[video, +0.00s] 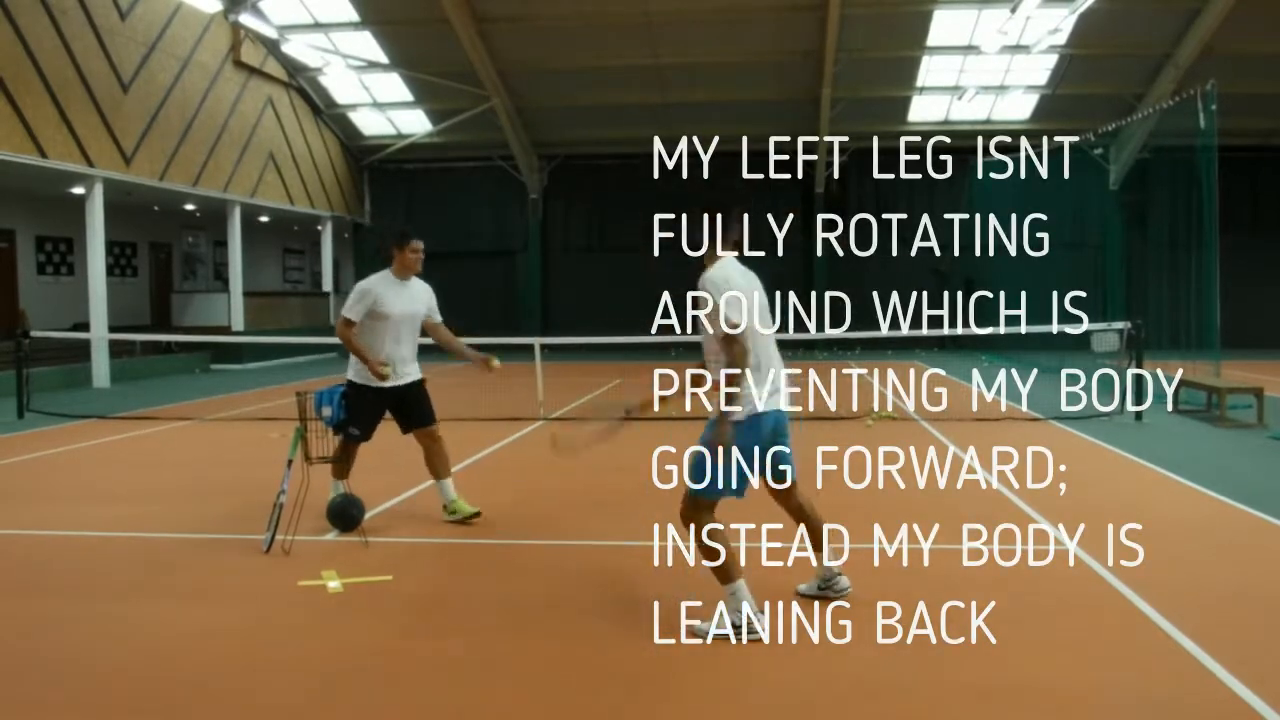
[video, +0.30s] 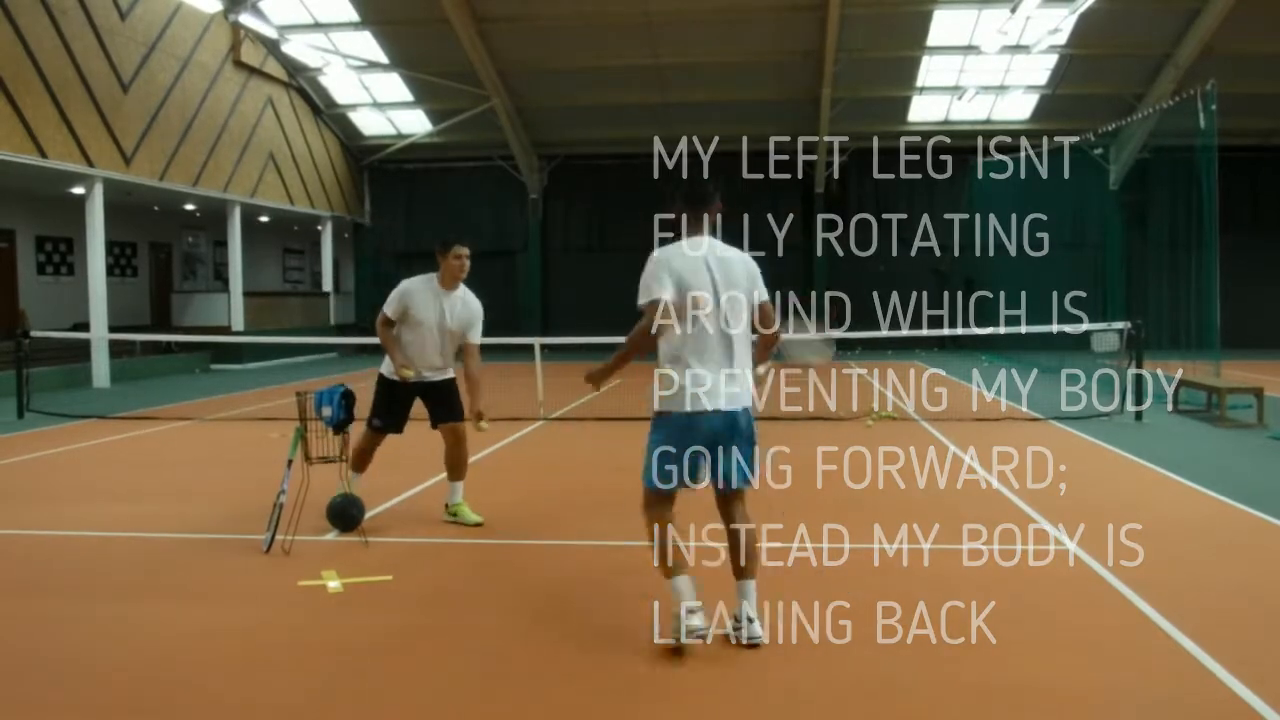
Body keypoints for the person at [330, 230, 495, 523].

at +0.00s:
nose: (420, 257)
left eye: (422, 252)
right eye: (414, 252)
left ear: (421, 256)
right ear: (396, 254)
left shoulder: (423, 291)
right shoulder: (369, 288)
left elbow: (438, 331)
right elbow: (343, 330)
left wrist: (475, 356)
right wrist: (369, 361)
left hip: (408, 382)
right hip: (367, 383)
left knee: (430, 436)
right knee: (350, 442)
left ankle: (451, 501)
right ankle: (337, 497)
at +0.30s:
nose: (465, 264)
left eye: (467, 258)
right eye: (458, 258)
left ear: (470, 263)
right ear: (441, 259)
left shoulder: (471, 305)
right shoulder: (410, 289)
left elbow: (471, 357)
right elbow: (383, 324)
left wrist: (475, 404)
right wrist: (396, 359)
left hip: (440, 377)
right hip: (399, 375)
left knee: (456, 433)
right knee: (374, 434)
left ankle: (455, 503)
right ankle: (349, 492)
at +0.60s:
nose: (462, 255)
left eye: (465, 250)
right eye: (456, 249)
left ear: (468, 257)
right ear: (440, 255)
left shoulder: (473, 291)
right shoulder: (414, 286)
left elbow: (500, 307)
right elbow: (390, 321)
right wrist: (393, 360)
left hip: (448, 378)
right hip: (407, 374)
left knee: (459, 434)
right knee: (382, 436)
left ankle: (456, 503)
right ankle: (365, 493)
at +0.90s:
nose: (427, 252)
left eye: (429, 248)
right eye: (420, 247)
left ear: (433, 255)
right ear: (404, 255)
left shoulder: (447, 290)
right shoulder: (386, 292)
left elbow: (482, 327)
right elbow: (365, 335)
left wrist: (486, 303)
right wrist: (373, 368)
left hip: (433, 381)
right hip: (392, 383)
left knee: (452, 435)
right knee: (373, 444)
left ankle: (455, 503)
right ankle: (341, 485)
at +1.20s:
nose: (378, 245)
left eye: (380, 240)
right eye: (371, 240)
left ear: (383, 246)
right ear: (356, 247)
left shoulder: (392, 283)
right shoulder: (338, 284)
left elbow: (396, 321)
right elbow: (313, 326)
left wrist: (404, 350)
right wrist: (332, 367)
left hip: (391, 375)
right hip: (353, 378)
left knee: (412, 431)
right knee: (341, 439)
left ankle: (432, 493)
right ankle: (334, 495)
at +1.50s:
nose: (354, 242)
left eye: (356, 237)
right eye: (347, 237)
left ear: (359, 243)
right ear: (333, 242)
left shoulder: (367, 278)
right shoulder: (320, 280)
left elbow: (369, 318)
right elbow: (304, 327)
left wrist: (388, 342)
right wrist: (325, 365)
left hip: (365, 369)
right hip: (334, 372)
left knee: (371, 424)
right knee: (337, 433)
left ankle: (353, 478)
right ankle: (332, 494)